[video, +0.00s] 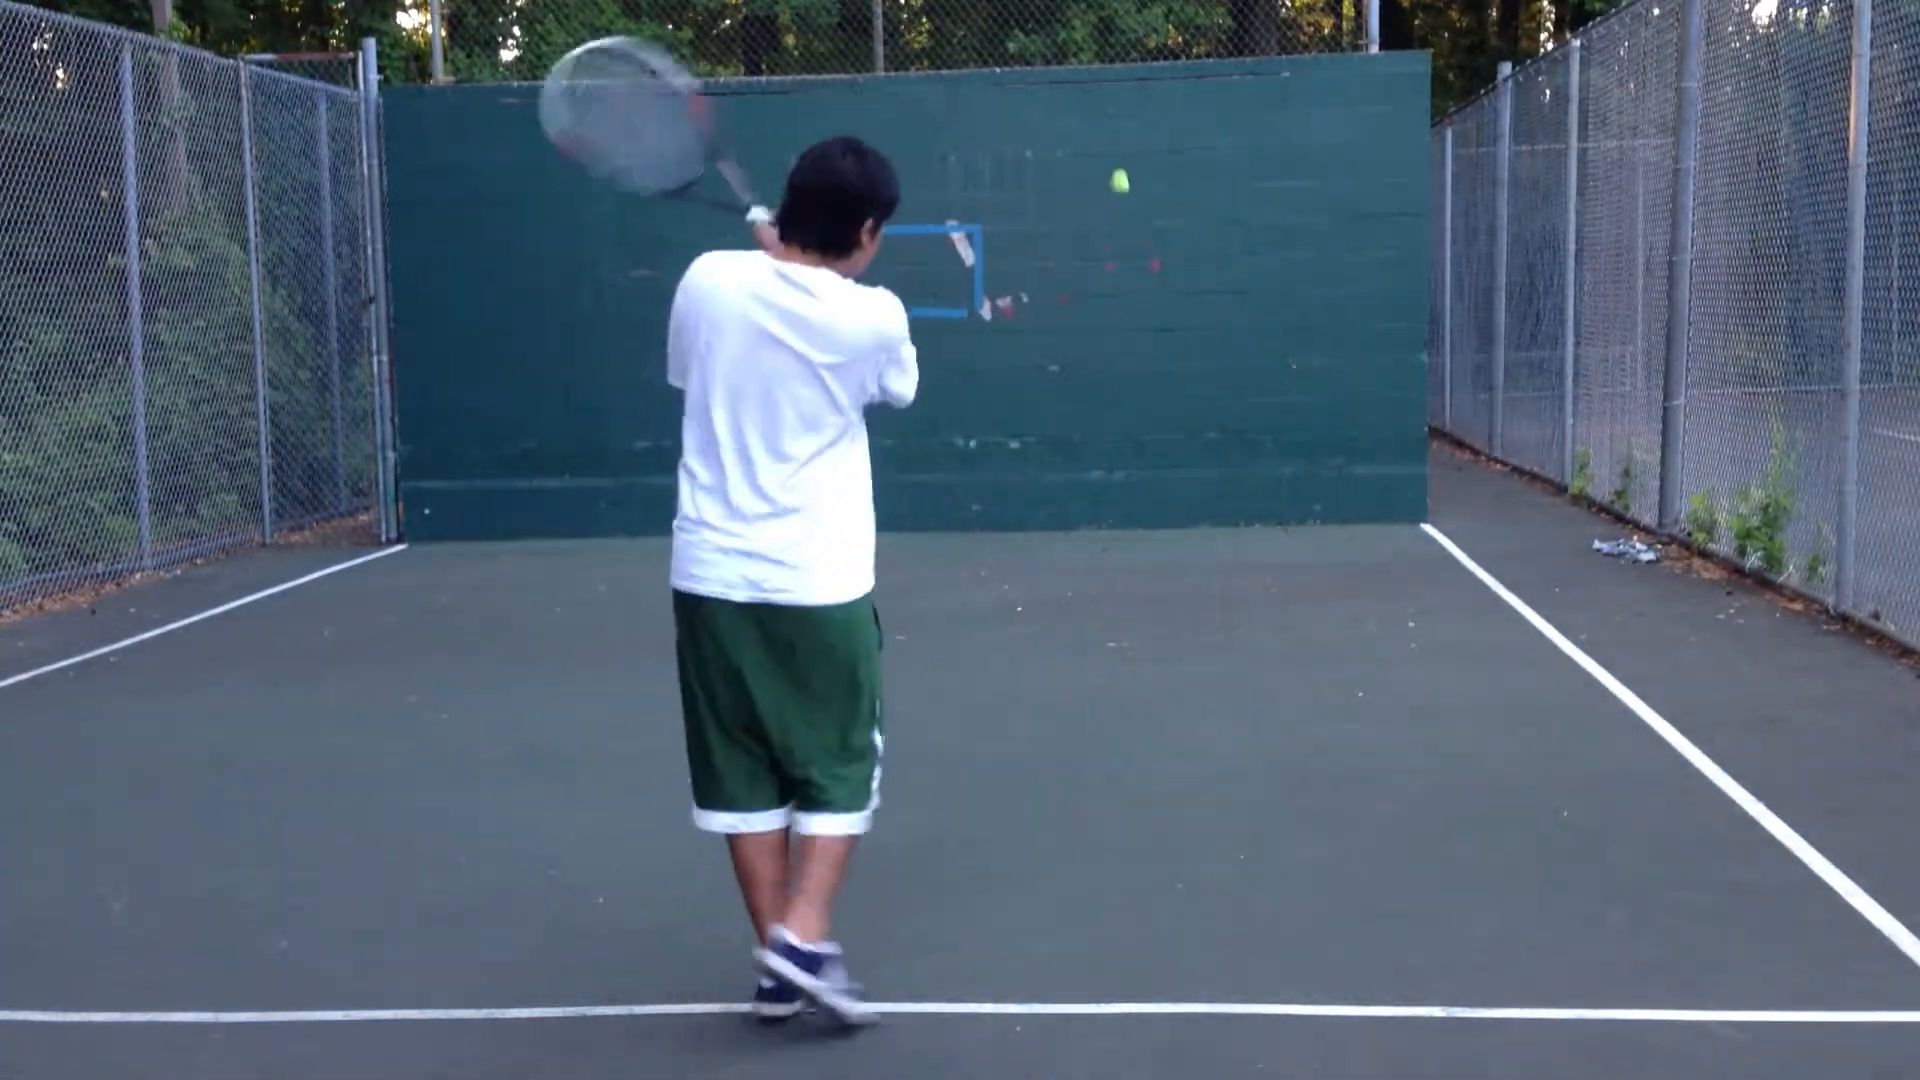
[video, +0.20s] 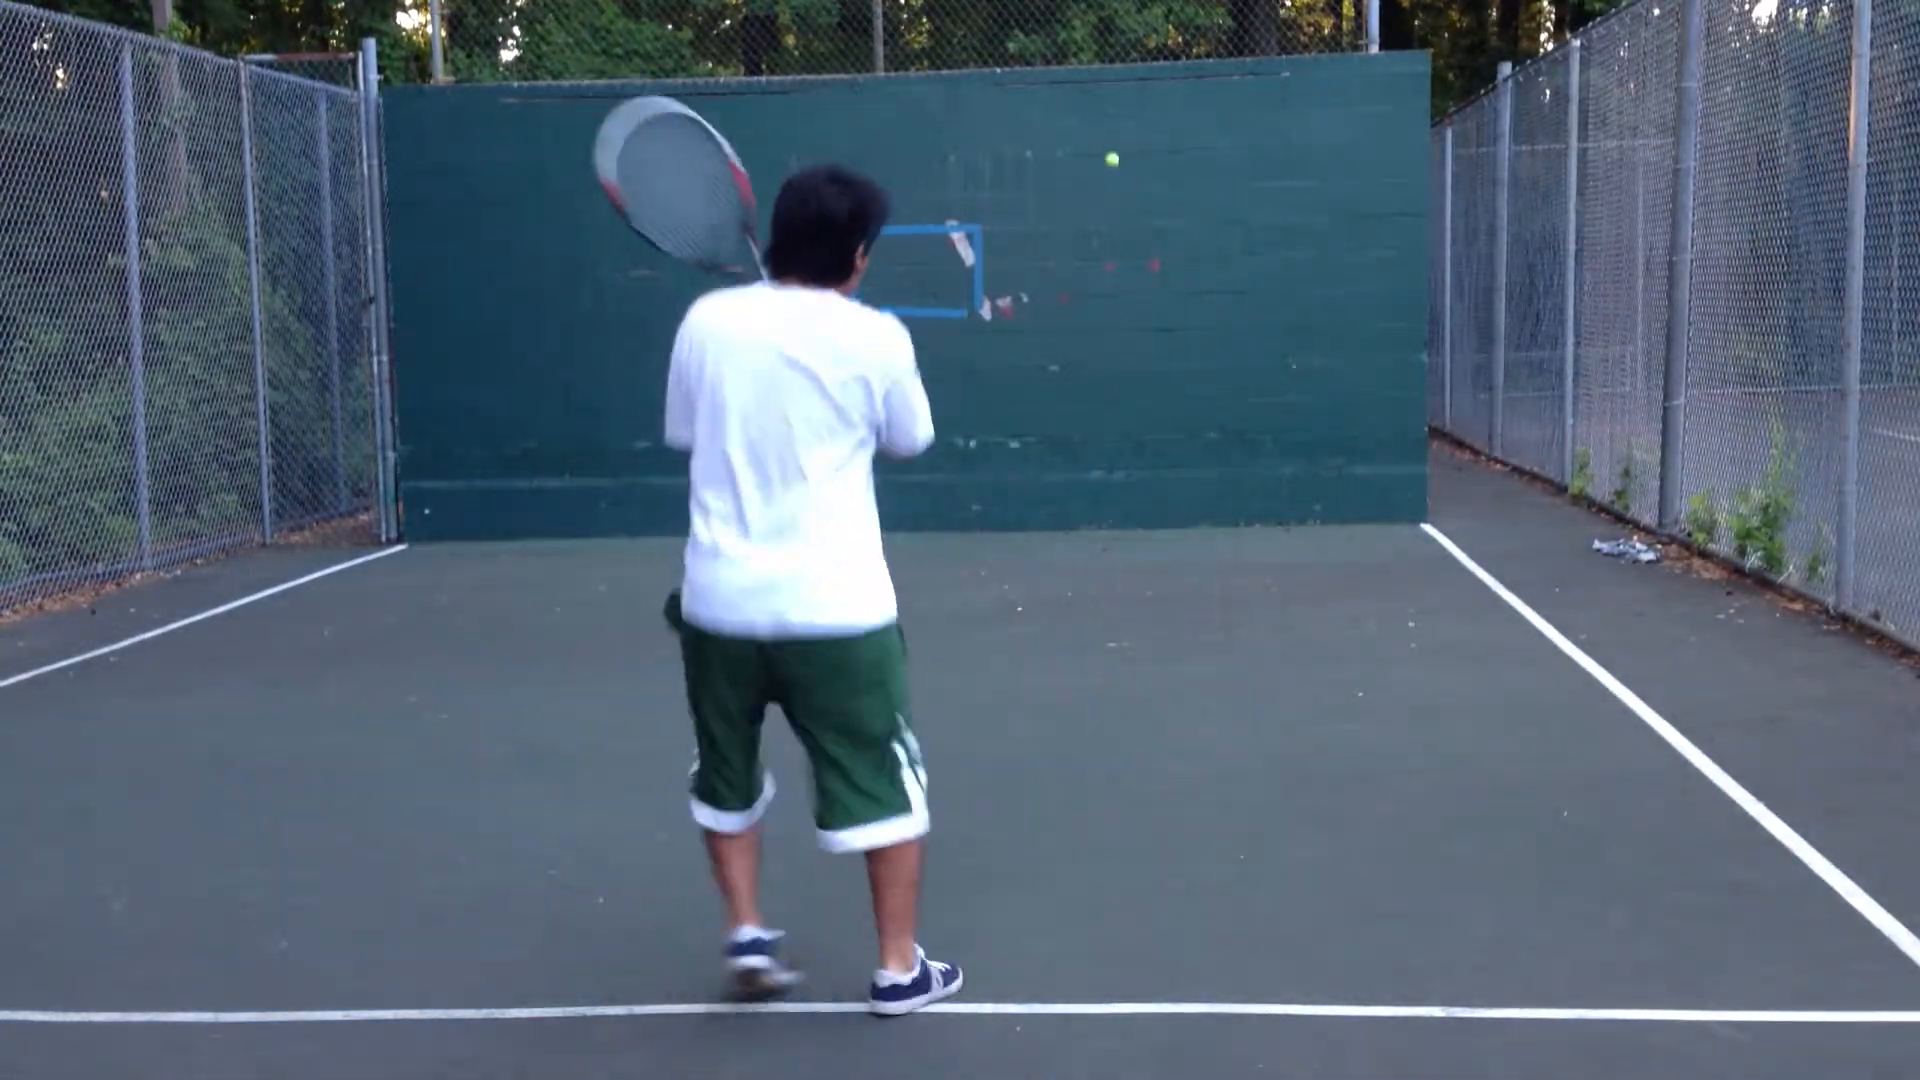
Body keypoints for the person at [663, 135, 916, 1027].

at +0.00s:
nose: (881, 238)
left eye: (877, 224)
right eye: (880, 227)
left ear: (787, 214)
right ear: (865, 236)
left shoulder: (709, 278)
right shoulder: (870, 314)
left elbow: (683, 373)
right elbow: (896, 387)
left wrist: (773, 267)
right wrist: (798, 266)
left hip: (710, 573)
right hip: (822, 581)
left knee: (741, 771)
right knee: (839, 763)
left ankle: (779, 964)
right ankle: (804, 938)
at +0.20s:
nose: (867, 258)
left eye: (866, 247)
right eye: (867, 249)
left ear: (771, 245)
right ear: (856, 259)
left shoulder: (707, 320)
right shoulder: (875, 337)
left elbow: (683, 432)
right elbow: (908, 438)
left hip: (720, 607)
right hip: (840, 609)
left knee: (725, 769)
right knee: (882, 778)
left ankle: (745, 936)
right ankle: (899, 966)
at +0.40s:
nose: (816, 272)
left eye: (815, 258)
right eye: (814, 261)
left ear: (718, 259)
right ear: (802, 274)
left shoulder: (651, 347)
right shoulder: (813, 367)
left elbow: (663, 457)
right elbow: (844, 497)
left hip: (672, 636)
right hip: (792, 639)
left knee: (670, 786)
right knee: (874, 795)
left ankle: (606, 955)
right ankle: (898, 966)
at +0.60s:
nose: (732, 272)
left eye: (731, 256)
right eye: (728, 258)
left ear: (641, 249)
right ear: (706, 265)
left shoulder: (586, 318)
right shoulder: (682, 355)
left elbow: (632, 427)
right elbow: (727, 490)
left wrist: (745, 407)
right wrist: (801, 456)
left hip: (542, 618)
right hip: (640, 632)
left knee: (591, 813)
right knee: (738, 802)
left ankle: (574, 997)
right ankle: (784, 970)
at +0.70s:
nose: (708, 254)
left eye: (709, 239)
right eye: (705, 239)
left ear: (617, 229)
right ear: (681, 245)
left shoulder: (566, 293)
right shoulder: (641, 331)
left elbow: (606, 420)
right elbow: (689, 472)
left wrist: (716, 410)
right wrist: (788, 448)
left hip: (478, 574)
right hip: (557, 596)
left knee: (531, 791)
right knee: (623, 801)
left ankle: (556, 979)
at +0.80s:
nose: (676, 269)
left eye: (675, 253)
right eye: (672, 254)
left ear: (589, 243)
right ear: (642, 261)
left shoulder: (544, 304)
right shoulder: (592, 339)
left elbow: (588, 428)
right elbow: (644, 477)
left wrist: (700, 425)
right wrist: (771, 455)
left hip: (437, 586)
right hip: (486, 612)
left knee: (474, 806)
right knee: (497, 828)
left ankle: (459, 986)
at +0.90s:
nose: (641, 300)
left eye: (641, 283)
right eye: (639, 285)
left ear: (551, 274)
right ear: (616, 293)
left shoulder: (517, 344)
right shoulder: (536, 366)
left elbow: (580, 458)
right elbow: (567, 505)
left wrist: (688, 462)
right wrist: (697, 489)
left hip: (399, 630)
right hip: (442, 653)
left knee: (393, 837)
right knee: (435, 872)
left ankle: (361, 1013)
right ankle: (356, 1058)